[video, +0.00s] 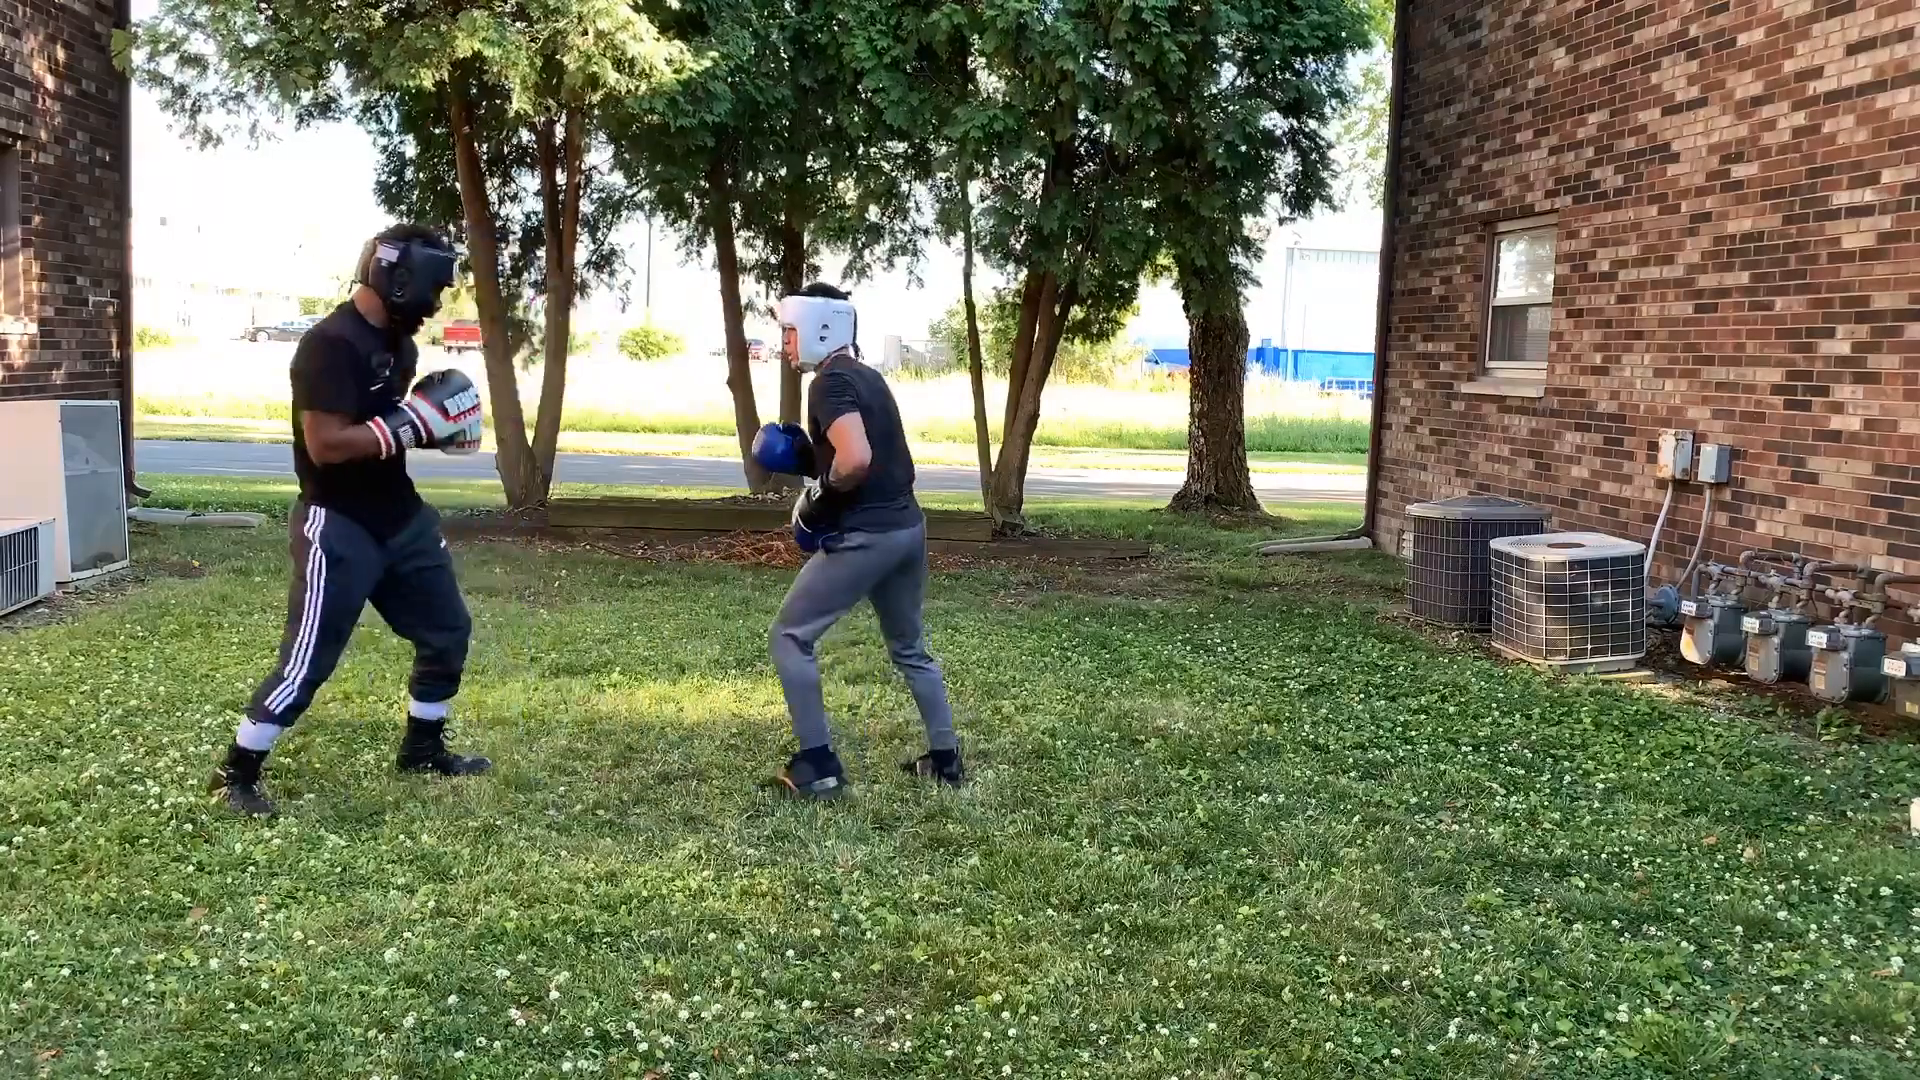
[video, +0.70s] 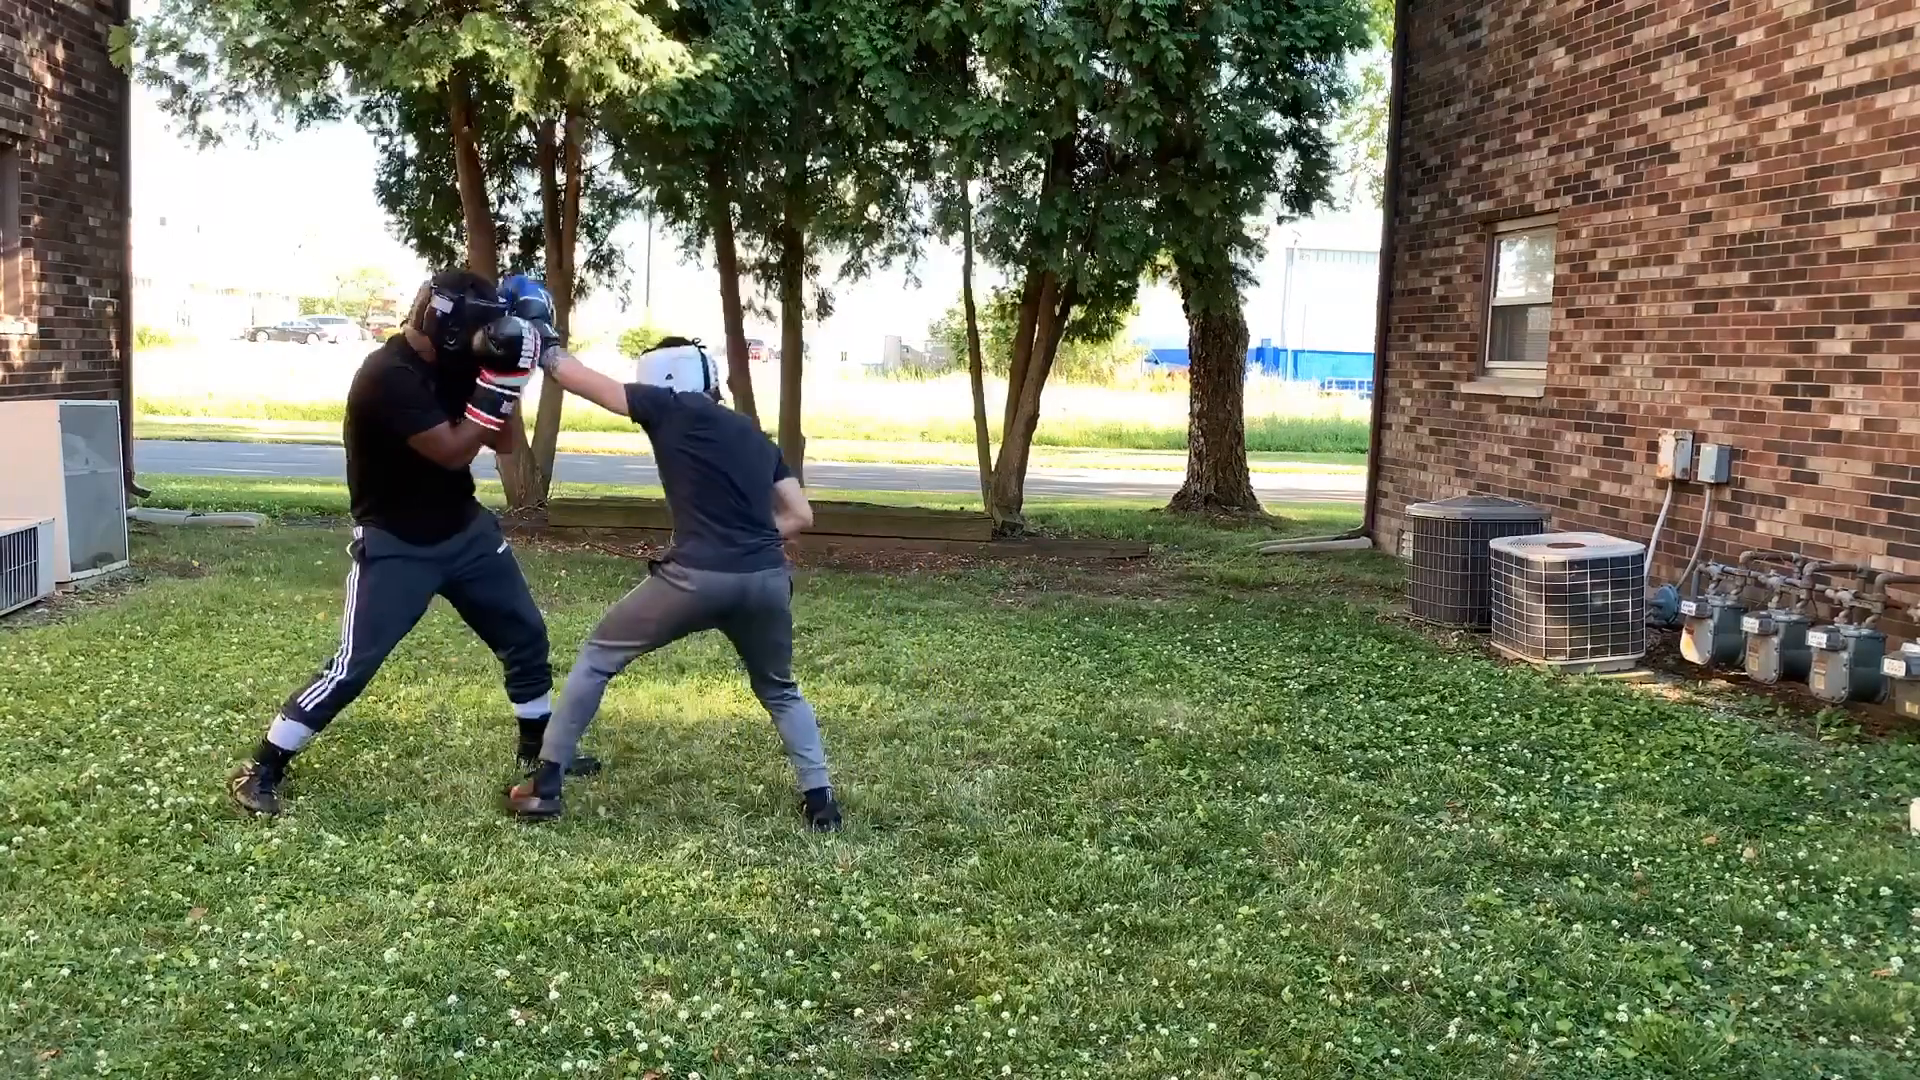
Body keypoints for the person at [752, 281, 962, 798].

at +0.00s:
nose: (783, 339)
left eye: (789, 328)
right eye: (783, 328)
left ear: (817, 330)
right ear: (838, 330)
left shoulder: (829, 383)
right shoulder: (867, 377)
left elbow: (855, 458)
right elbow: (876, 458)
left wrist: (820, 496)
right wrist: (810, 460)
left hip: (865, 538)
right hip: (907, 530)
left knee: (791, 634)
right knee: (911, 649)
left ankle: (816, 761)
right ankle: (946, 757)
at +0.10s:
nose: (775, 347)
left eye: (780, 335)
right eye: (775, 336)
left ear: (809, 337)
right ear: (828, 337)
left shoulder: (824, 387)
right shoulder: (858, 382)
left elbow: (839, 472)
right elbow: (839, 470)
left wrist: (794, 501)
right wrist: (783, 439)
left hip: (855, 543)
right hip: (892, 537)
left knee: (775, 641)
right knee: (897, 652)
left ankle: (746, 771)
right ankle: (944, 755)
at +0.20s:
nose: (756, 351)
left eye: (761, 341)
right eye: (757, 342)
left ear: (787, 343)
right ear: (808, 344)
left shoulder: (806, 388)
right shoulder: (833, 387)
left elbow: (804, 477)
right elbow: (770, 473)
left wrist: (756, 493)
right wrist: (754, 422)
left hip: (836, 553)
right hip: (872, 546)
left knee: (749, 650)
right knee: (889, 656)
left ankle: (714, 777)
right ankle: (945, 754)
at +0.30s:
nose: (718, 342)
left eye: (724, 331)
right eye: (719, 330)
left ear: (748, 335)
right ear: (777, 338)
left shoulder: (752, 378)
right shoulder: (807, 384)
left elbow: (725, 419)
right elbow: (812, 461)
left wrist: (689, 433)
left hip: (798, 545)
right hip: (848, 537)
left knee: (721, 647)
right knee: (883, 647)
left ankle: (708, 779)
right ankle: (936, 751)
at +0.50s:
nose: (661, 341)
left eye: (665, 334)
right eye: (662, 335)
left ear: (685, 332)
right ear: (723, 331)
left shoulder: (684, 358)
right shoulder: (771, 380)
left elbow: (588, 346)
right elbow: (810, 458)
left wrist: (528, 311)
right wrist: (755, 440)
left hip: (741, 536)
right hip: (804, 527)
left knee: (685, 642)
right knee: (809, 639)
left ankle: (698, 771)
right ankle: (846, 748)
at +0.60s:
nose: (652, 362)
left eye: (656, 354)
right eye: (652, 354)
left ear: (678, 353)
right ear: (717, 353)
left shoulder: (682, 376)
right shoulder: (766, 403)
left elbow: (586, 351)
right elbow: (804, 481)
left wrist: (532, 307)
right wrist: (745, 481)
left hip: (720, 548)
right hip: (783, 553)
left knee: (631, 629)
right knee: (782, 673)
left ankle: (639, 767)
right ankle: (825, 793)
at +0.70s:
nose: (641, 396)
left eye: (644, 388)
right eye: (641, 388)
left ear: (659, 385)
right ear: (709, 383)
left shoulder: (663, 406)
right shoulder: (753, 434)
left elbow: (574, 376)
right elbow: (799, 516)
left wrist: (534, 335)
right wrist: (744, 539)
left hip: (696, 577)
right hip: (767, 582)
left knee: (598, 658)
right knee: (781, 688)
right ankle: (821, 801)